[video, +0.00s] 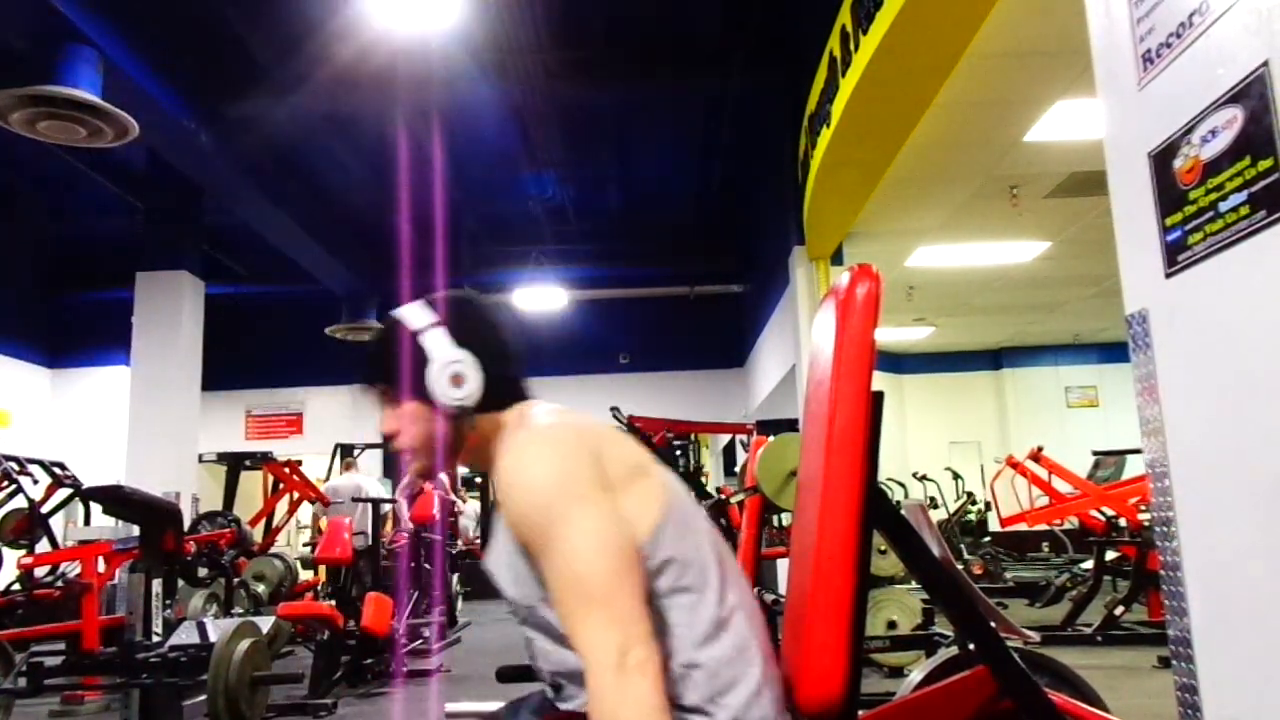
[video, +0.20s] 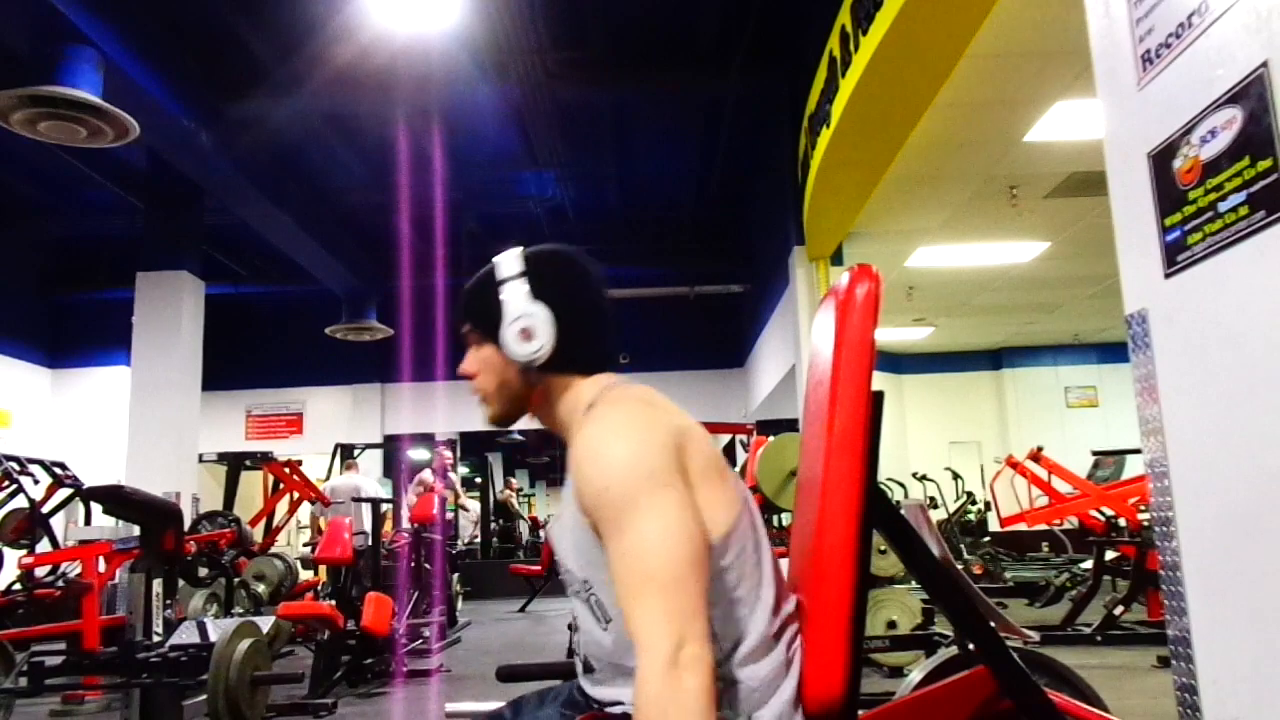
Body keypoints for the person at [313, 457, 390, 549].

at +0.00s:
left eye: (341, 470)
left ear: (342, 469)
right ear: (357, 469)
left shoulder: (331, 485)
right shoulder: (372, 484)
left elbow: (316, 512)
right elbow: (388, 510)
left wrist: (314, 534)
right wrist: (387, 531)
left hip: (336, 541)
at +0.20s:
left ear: (343, 470)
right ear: (357, 469)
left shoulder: (329, 485)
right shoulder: (370, 484)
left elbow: (314, 513)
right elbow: (383, 510)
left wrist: (315, 535)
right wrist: (378, 533)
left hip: (335, 541)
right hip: (363, 541)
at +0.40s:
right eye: (362, 473)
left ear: (346, 472)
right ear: (362, 472)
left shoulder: (331, 485)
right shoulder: (373, 486)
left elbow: (319, 515)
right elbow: (386, 513)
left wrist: (321, 537)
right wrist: (385, 533)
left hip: (335, 542)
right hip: (364, 543)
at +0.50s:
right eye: (365, 475)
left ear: (349, 472)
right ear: (365, 474)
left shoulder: (334, 486)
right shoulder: (375, 486)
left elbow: (321, 512)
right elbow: (388, 512)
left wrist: (325, 533)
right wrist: (388, 534)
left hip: (336, 541)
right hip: (365, 543)